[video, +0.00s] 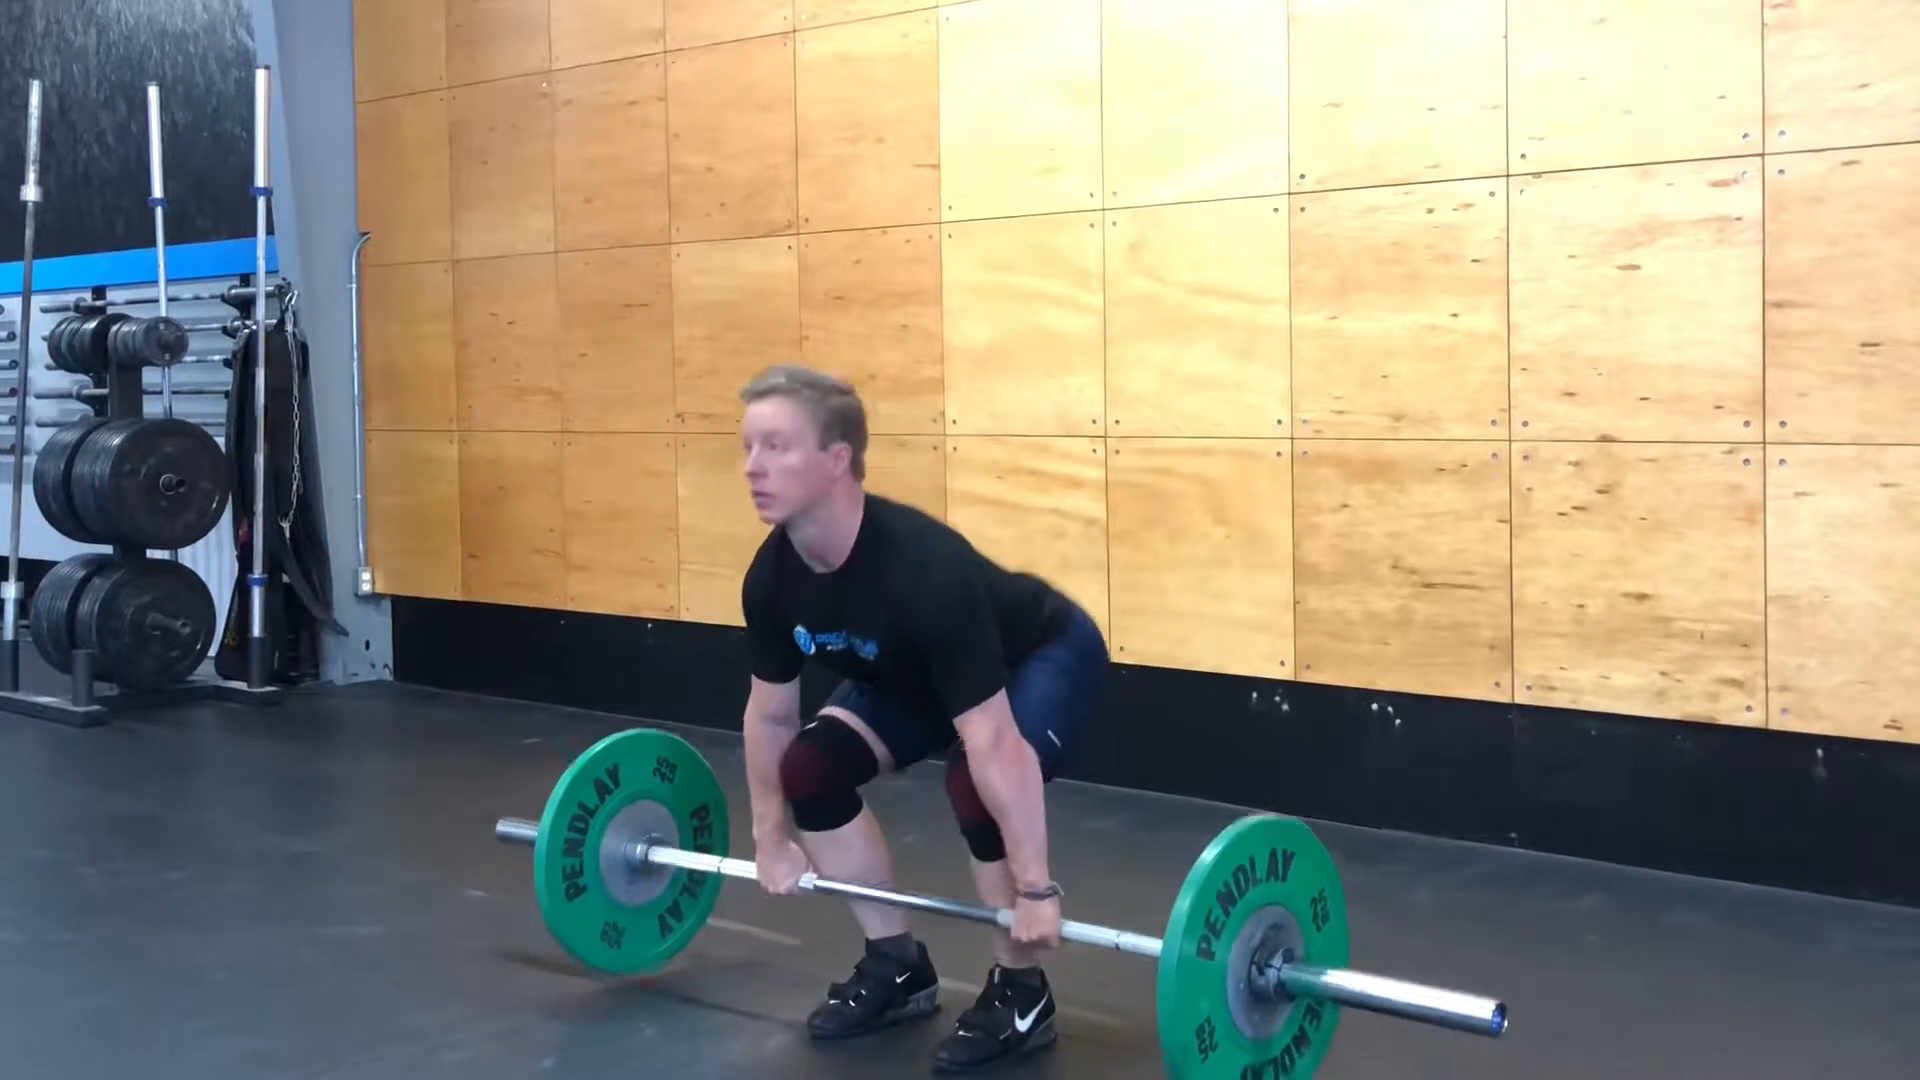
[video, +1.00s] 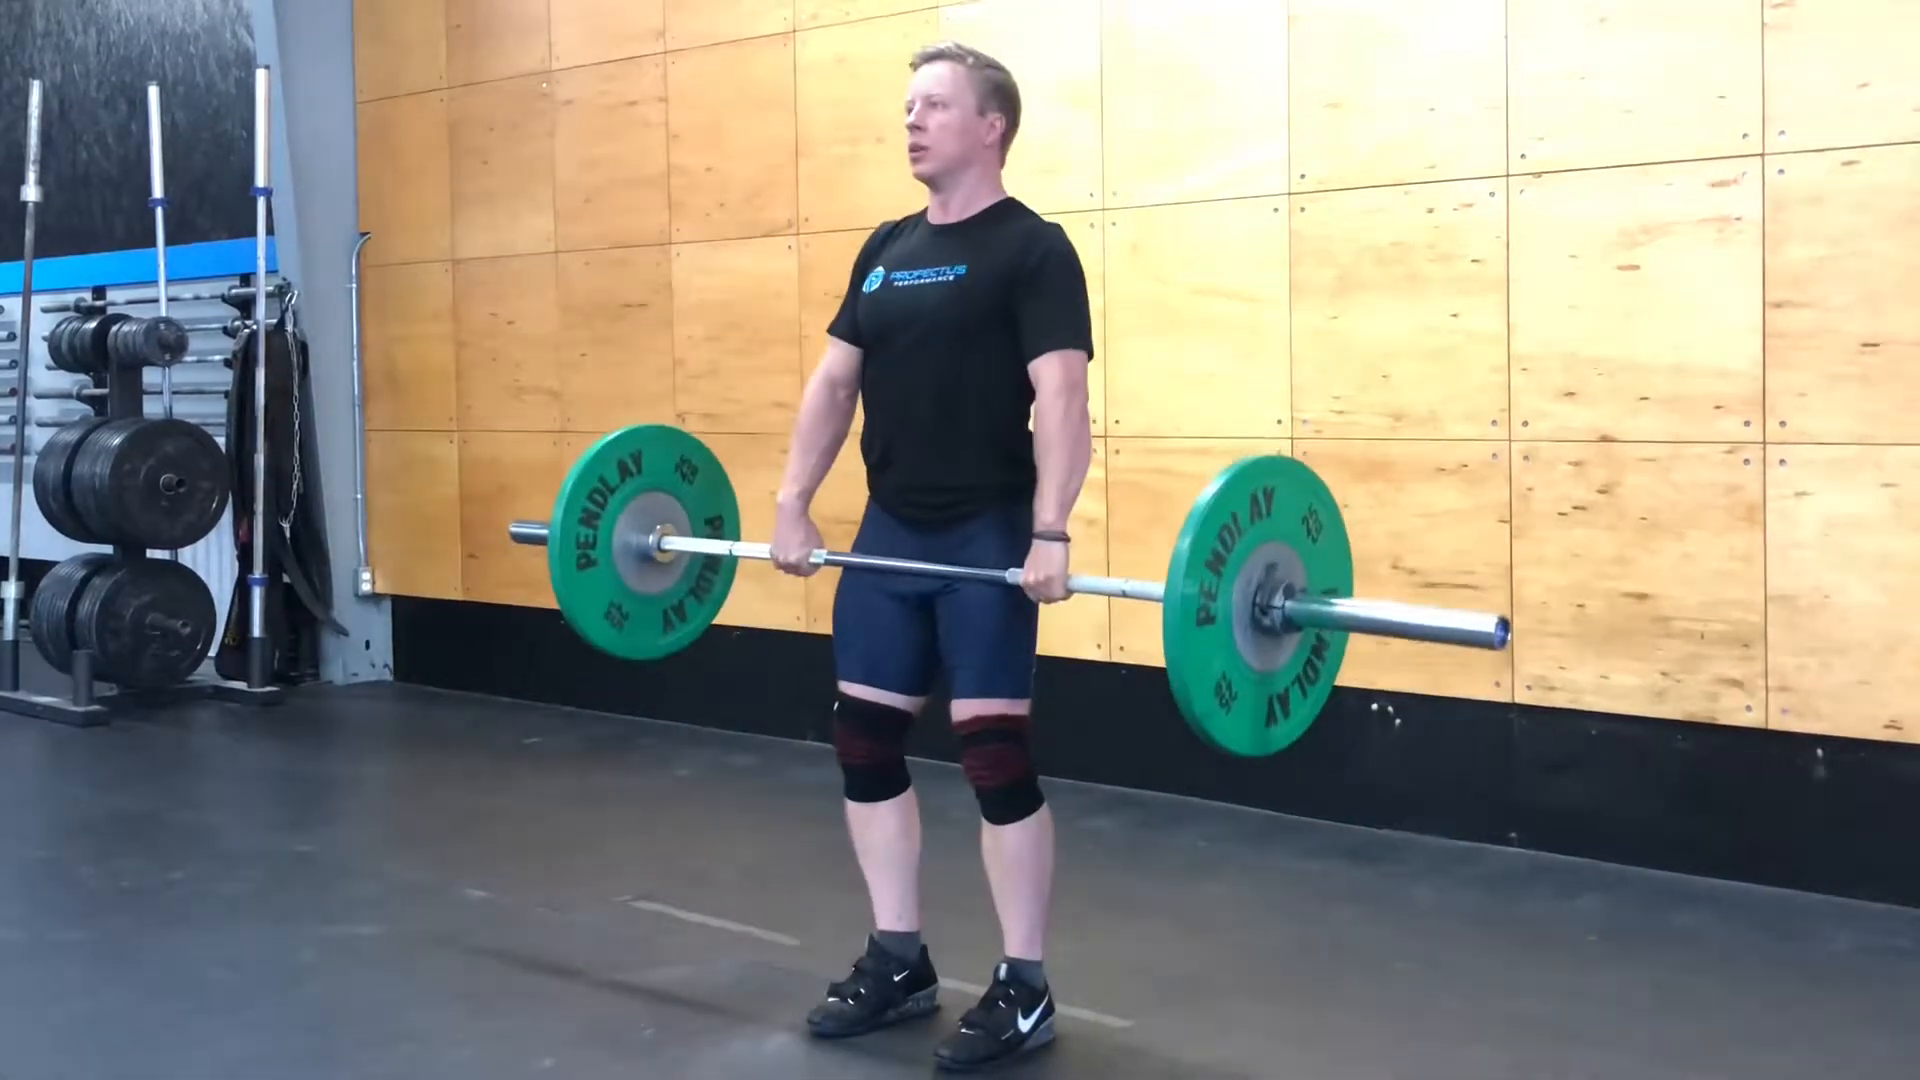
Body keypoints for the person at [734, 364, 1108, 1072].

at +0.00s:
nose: (752, 466)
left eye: (775, 446)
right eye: (748, 447)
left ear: (838, 461)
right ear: (746, 456)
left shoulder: (924, 567)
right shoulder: (773, 582)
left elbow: (994, 741)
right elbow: (772, 716)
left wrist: (1036, 886)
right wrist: (770, 835)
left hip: (1046, 651)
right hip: (938, 664)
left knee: (977, 785)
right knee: (811, 768)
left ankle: (1021, 991)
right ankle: (896, 961)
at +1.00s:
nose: (911, 122)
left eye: (932, 108)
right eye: (909, 108)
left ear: (992, 127)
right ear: (917, 129)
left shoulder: (1033, 247)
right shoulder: (884, 250)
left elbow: (1062, 395)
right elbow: (834, 382)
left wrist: (1050, 529)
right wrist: (792, 499)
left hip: (992, 532)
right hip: (889, 526)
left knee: (994, 754)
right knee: (865, 738)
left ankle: (1024, 987)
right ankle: (897, 962)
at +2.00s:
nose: (917, 118)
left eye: (938, 104)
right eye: (915, 105)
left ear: (996, 125)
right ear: (924, 127)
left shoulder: (1036, 249)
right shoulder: (883, 253)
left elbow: (1051, 400)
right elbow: (837, 392)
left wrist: (1047, 543)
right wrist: (799, 513)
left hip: (993, 535)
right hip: (892, 528)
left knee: (1000, 760)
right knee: (865, 737)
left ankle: (1024, 989)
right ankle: (897, 962)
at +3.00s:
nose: (903, 244)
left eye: (926, 231)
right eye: (903, 230)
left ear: (984, 255)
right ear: (909, 255)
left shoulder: (1020, 382)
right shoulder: (874, 379)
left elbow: (985, 515)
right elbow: (768, 487)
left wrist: (1008, 379)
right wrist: (766, 362)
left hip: (1046, 621)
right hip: (945, 625)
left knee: (1021, 786)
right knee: (804, 761)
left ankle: (1056, 993)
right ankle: (882, 960)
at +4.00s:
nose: (913, 124)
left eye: (936, 110)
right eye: (912, 110)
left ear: (993, 135)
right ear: (914, 132)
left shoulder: (1028, 254)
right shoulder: (876, 253)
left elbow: (1025, 394)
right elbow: (792, 373)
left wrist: (1018, 263)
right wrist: (772, 256)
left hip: (993, 532)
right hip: (891, 531)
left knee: (996, 760)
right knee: (860, 750)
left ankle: (1046, 990)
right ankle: (892, 964)